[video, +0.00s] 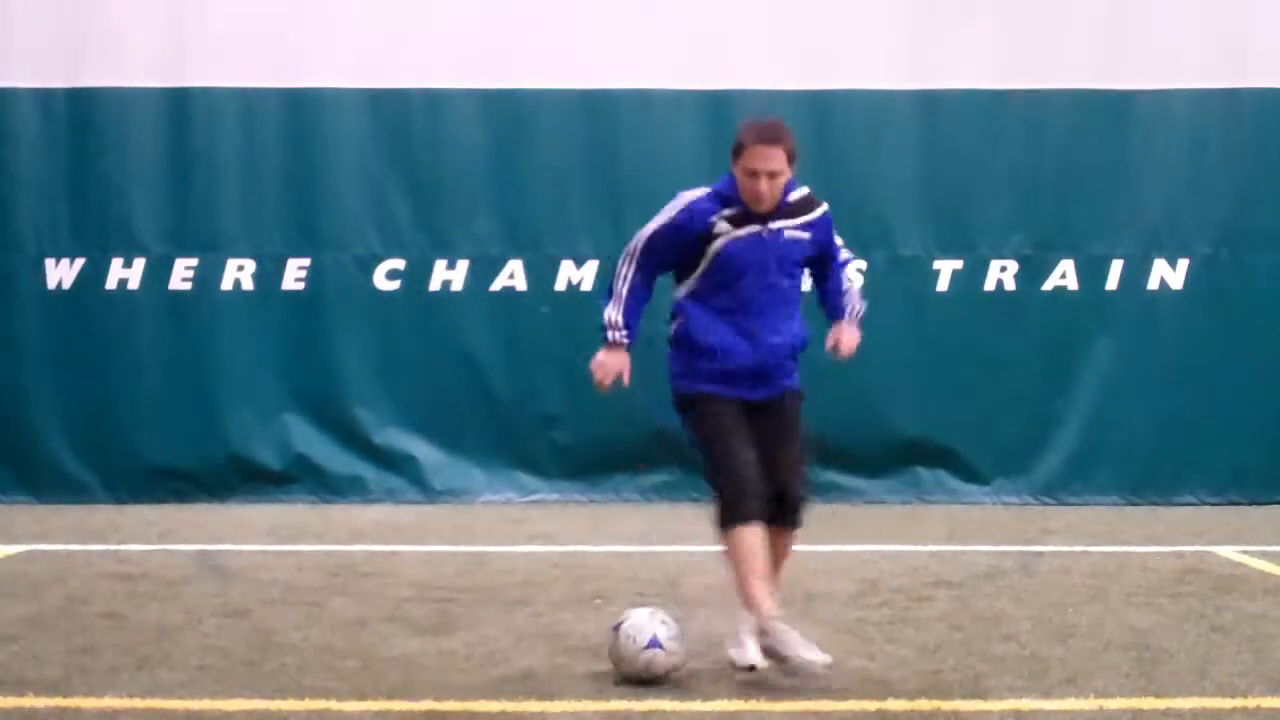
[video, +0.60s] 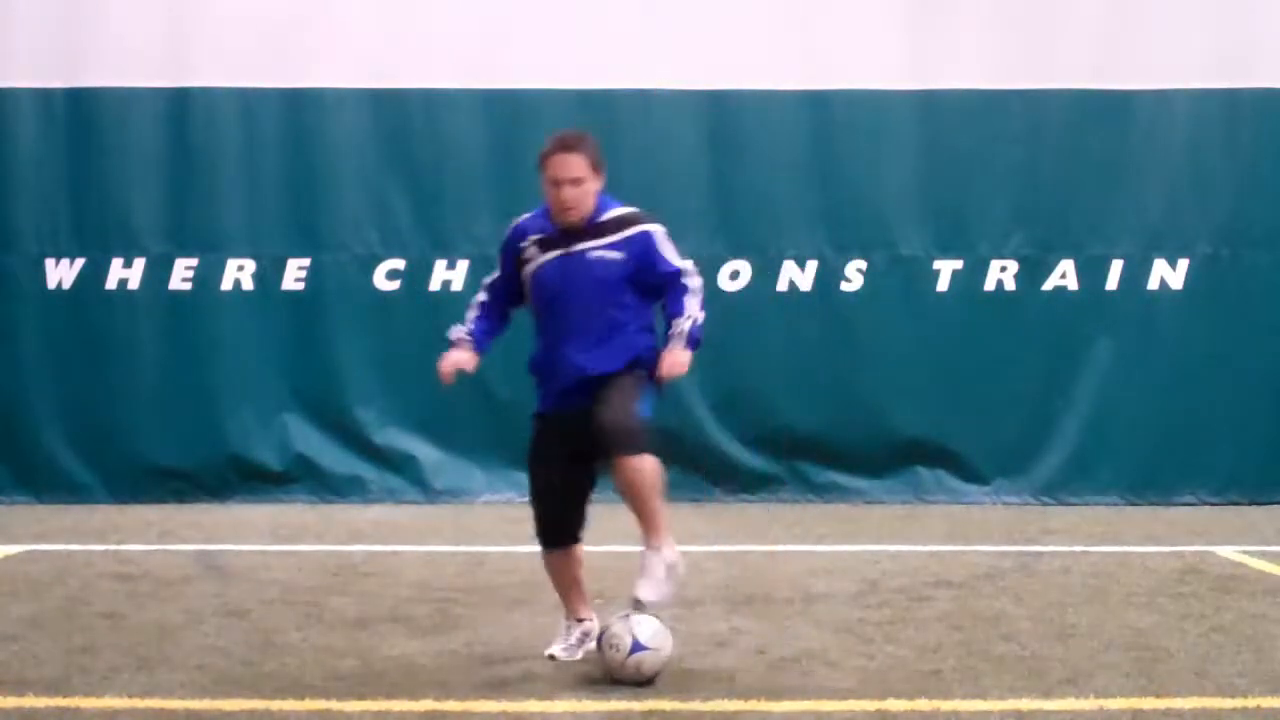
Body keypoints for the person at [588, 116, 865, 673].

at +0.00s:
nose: (763, 188)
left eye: (774, 176)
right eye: (752, 175)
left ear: (790, 171)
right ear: (734, 169)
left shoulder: (810, 212)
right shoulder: (701, 212)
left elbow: (837, 266)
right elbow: (638, 260)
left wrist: (846, 316)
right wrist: (616, 340)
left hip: (777, 377)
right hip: (709, 379)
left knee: (786, 494)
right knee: (743, 488)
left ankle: (752, 624)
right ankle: (770, 624)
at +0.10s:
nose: (746, 195)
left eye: (757, 183)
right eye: (735, 182)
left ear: (775, 179)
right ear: (718, 177)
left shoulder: (797, 229)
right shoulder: (685, 224)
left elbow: (820, 296)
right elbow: (631, 284)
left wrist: (824, 355)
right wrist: (614, 362)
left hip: (758, 394)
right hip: (685, 390)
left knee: (770, 519)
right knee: (691, 493)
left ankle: (765, 633)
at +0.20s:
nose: (717, 198)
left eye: (727, 186)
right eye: (707, 187)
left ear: (749, 185)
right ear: (693, 187)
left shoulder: (777, 237)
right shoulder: (661, 236)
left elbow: (799, 301)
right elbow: (623, 303)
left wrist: (812, 360)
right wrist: (600, 364)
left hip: (747, 407)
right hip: (668, 401)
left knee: (767, 525)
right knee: (628, 493)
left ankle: (765, 634)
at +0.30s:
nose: (684, 163)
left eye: (694, 152)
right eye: (674, 154)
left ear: (713, 151)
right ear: (659, 156)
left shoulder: (744, 198)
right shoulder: (628, 205)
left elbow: (777, 260)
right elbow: (583, 273)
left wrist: (781, 310)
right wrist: (565, 329)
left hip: (720, 379)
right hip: (643, 373)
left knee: (735, 498)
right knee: (587, 469)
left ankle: (755, 621)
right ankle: (535, 592)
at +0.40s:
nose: (641, 147)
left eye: (651, 135)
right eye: (631, 137)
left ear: (674, 134)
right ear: (618, 139)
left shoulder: (709, 180)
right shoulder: (591, 191)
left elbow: (750, 231)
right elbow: (553, 255)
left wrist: (747, 292)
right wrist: (535, 315)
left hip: (690, 359)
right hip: (612, 359)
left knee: (713, 466)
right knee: (572, 472)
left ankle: (717, 582)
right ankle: (559, 600)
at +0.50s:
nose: (600, 169)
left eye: (610, 157)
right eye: (590, 159)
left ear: (634, 154)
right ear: (578, 161)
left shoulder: (669, 201)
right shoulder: (555, 214)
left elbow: (715, 254)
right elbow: (523, 276)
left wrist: (709, 314)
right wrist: (504, 333)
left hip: (657, 366)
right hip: (586, 378)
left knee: (676, 444)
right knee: (568, 503)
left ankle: (672, 562)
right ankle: (578, 618)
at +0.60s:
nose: (565, 193)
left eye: (576, 182)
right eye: (555, 183)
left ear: (598, 182)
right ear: (543, 186)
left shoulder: (633, 228)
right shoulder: (526, 238)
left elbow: (684, 283)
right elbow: (498, 297)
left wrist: (680, 341)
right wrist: (466, 342)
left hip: (622, 372)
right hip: (560, 388)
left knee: (618, 429)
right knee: (553, 515)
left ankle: (661, 549)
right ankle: (581, 620)